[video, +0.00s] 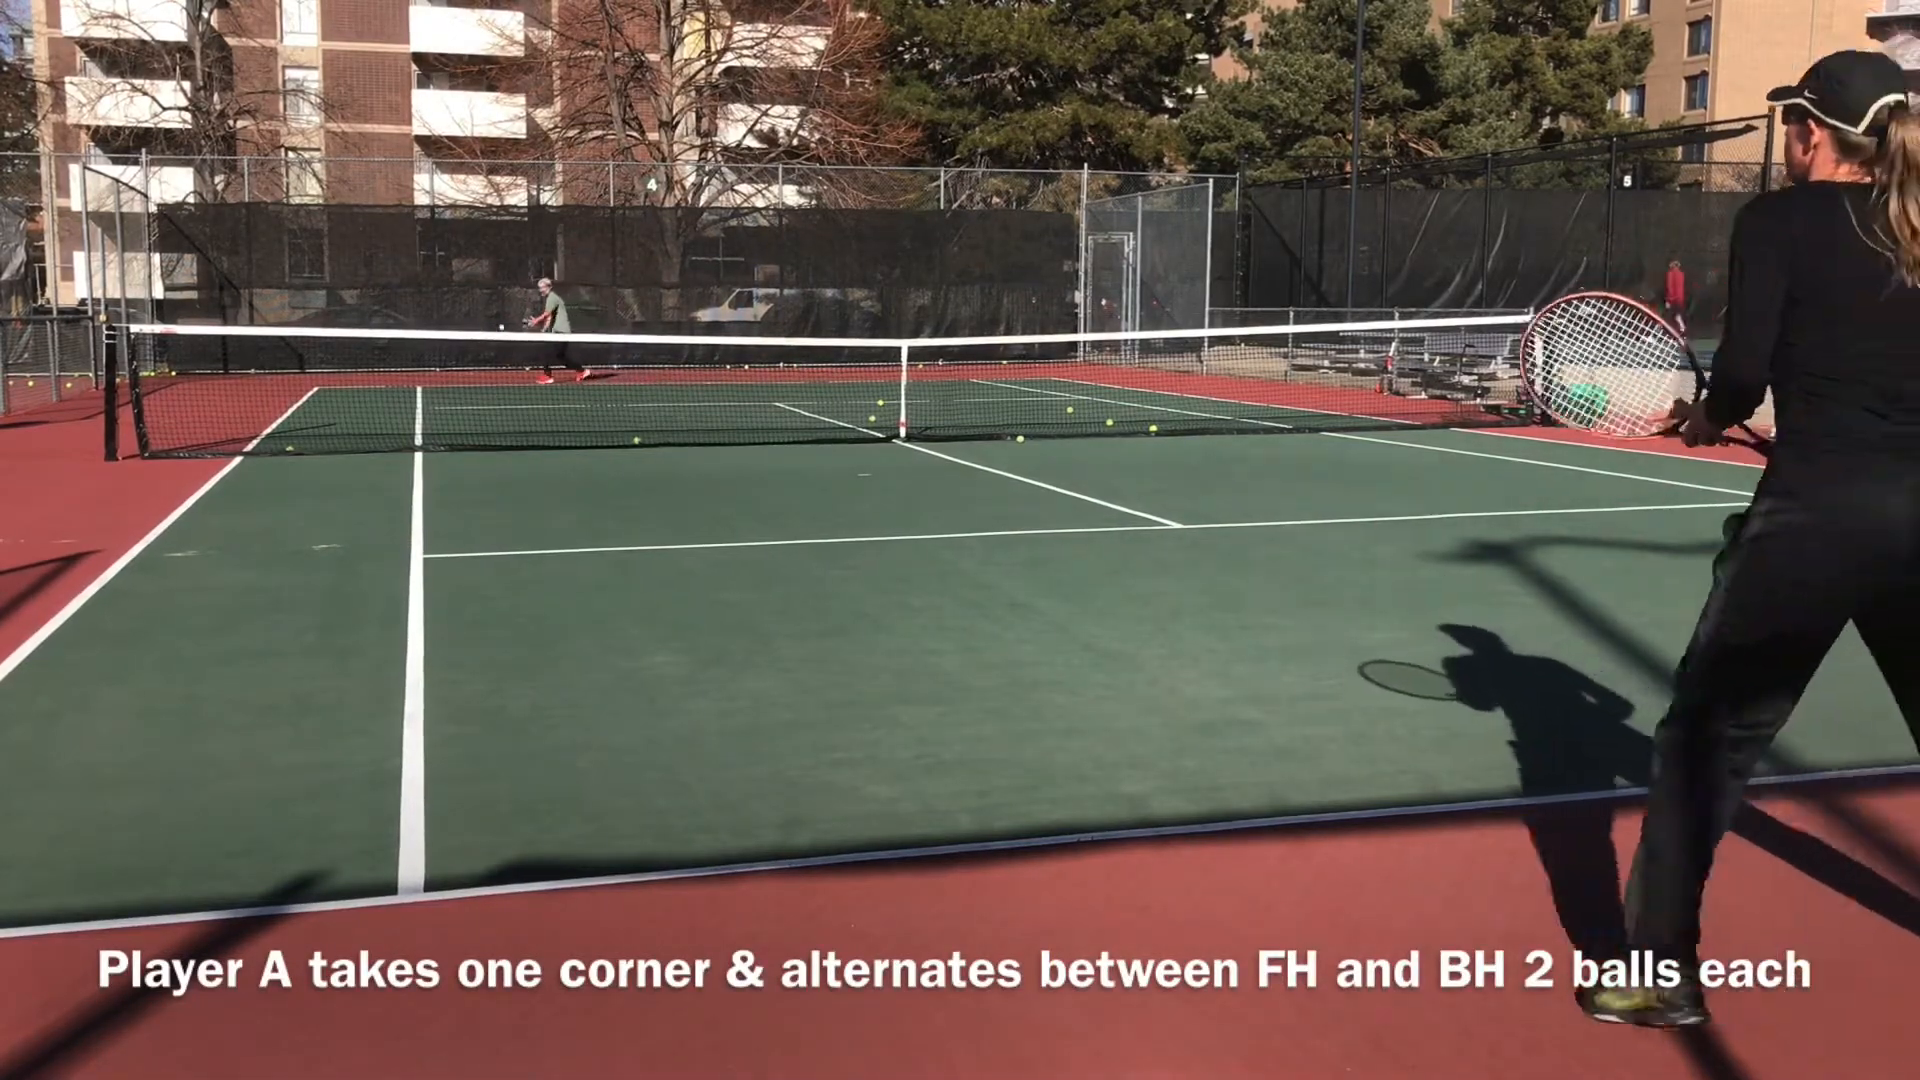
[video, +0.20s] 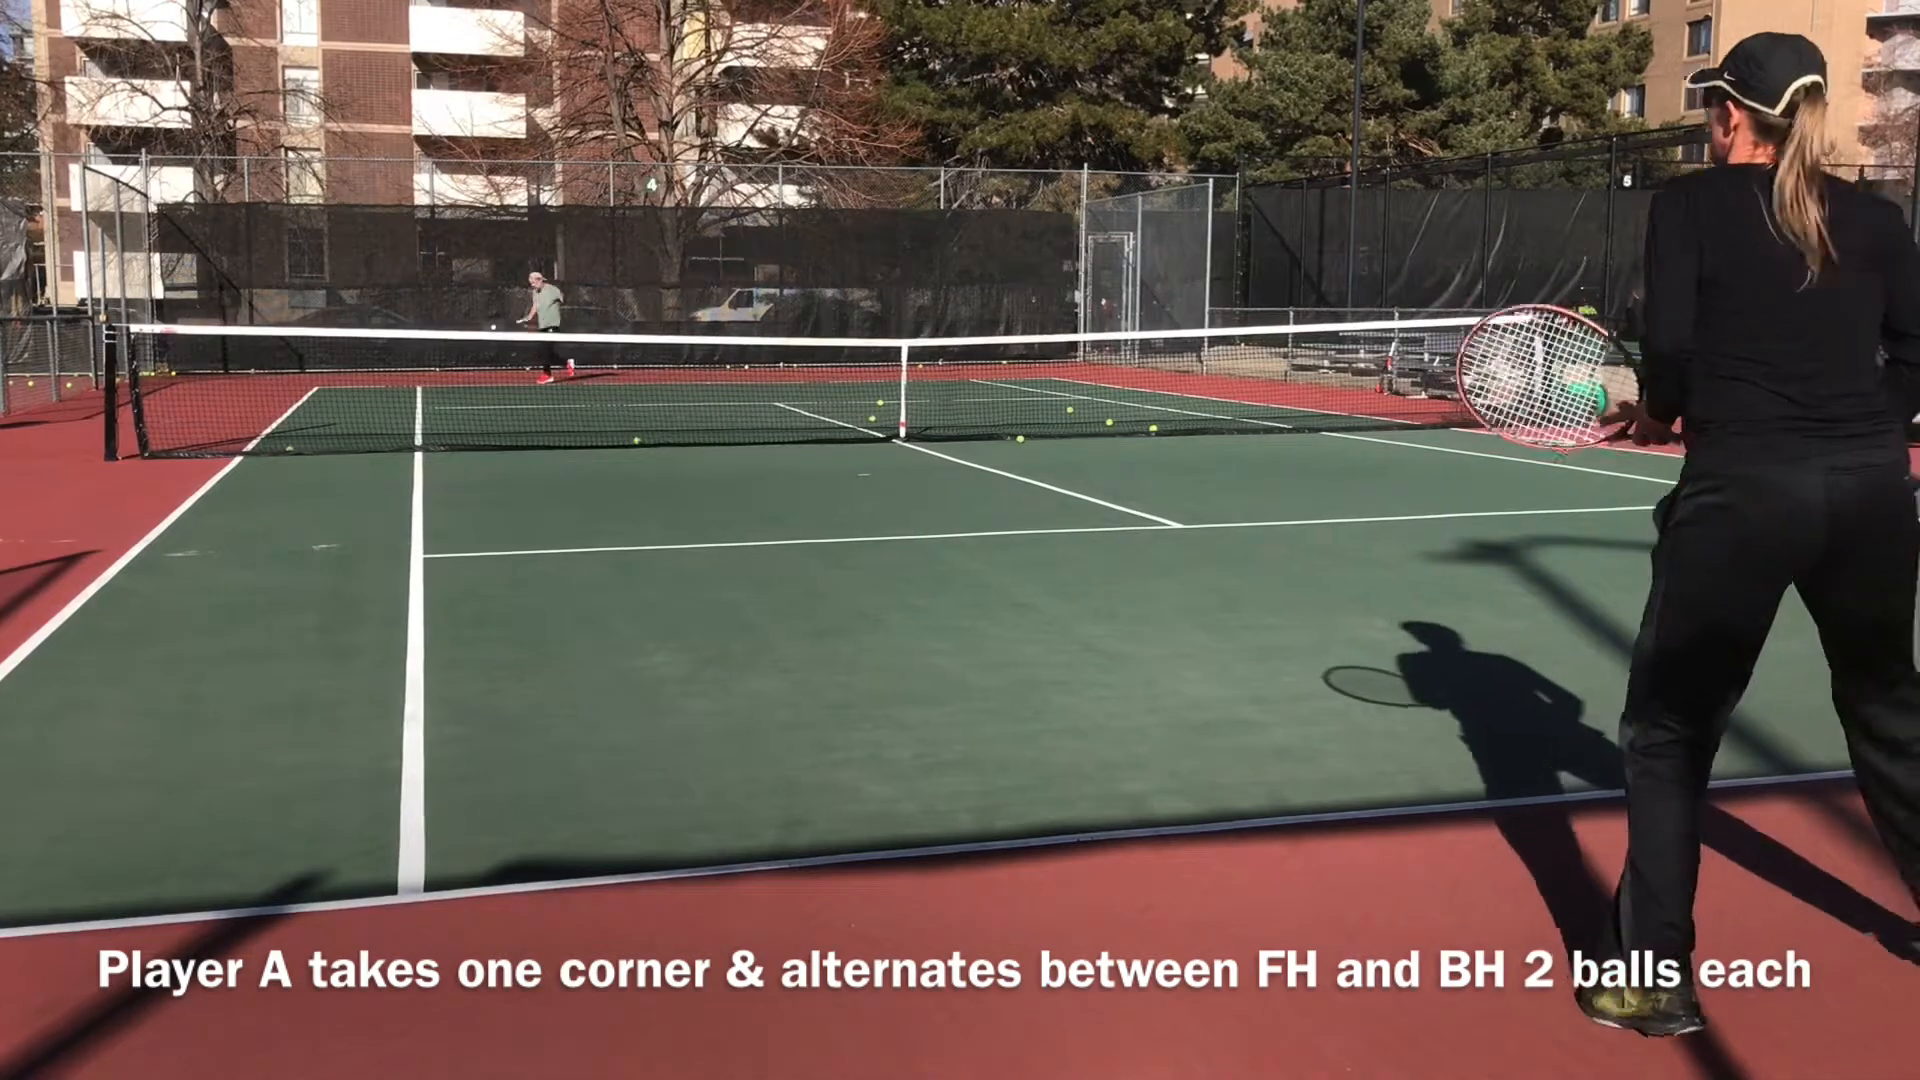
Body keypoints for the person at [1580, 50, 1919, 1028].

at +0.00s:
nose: (1786, 141)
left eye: (1793, 128)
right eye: (1792, 127)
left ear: (1821, 136)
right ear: (1881, 139)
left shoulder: (1781, 218)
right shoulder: (1912, 211)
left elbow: (1747, 368)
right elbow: (1885, 376)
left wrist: (1704, 415)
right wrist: (1772, 419)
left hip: (1817, 512)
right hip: (1908, 516)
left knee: (1706, 730)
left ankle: (1658, 966)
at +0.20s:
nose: (1710, 128)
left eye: (1716, 113)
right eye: (1714, 112)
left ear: (1741, 119)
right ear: (1806, 118)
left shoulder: (1691, 202)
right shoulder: (1875, 211)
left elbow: (1668, 342)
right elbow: (1910, 346)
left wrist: (1658, 409)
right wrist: (1876, 427)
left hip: (1741, 491)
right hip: (1874, 492)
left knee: (1669, 731)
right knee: (1893, 722)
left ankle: (1657, 971)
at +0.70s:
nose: (1646, 187)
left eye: (1648, 171)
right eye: (1647, 170)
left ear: (1675, 173)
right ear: (1742, 169)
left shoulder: (1665, 258)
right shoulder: (1818, 255)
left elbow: (1681, 410)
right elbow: (1879, 396)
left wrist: (1627, 477)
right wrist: (1811, 477)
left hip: (1745, 529)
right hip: (1863, 531)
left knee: (1638, 761)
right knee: (1819, 732)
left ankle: (1593, 1012)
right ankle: (1906, 947)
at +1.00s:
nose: (1630, 262)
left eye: (1631, 242)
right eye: (1628, 244)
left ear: (1664, 236)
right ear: (1696, 233)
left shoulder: (1731, 306)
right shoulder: (1750, 305)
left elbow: (1820, 426)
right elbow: (1758, 464)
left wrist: (1689, 470)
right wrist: (1681, 554)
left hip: (1795, 568)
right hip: (1864, 574)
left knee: (1614, 703)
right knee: (1828, 790)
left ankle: (1653, 938)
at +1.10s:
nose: (1580, 237)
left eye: (1584, 220)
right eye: (1579, 221)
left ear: (1619, 217)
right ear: (1623, 217)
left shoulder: (1709, 276)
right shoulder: (1637, 305)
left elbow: (1821, 363)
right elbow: (1642, 408)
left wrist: (1697, 391)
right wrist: (1622, 479)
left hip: (1756, 529)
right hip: (1806, 530)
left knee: (1596, 686)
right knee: (1828, 752)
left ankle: (1637, 898)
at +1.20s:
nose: (1528, 231)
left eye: (1534, 215)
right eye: (1527, 217)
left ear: (1569, 215)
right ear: (1570, 218)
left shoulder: (1657, 271)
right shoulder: (1565, 302)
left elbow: (1778, 344)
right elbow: (1566, 407)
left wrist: (1662, 340)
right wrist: (1564, 446)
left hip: (1698, 509)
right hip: (1734, 509)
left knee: (1586, 693)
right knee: (1746, 720)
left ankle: (1637, 898)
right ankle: (1906, 885)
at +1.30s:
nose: (1476, 254)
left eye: (1485, 237)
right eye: (1476, 239)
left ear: (1525, 237)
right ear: (1512, 243)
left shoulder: (1593, 278)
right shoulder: (1512, 318)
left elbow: (1709, 345)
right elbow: (1514, 452)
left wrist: (1593, 322)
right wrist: (1503, 449)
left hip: (1666, 513)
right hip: (1619, 515)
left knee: (1562, 704)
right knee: (1579, 708)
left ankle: (1634, 898)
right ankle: (1754, 813)